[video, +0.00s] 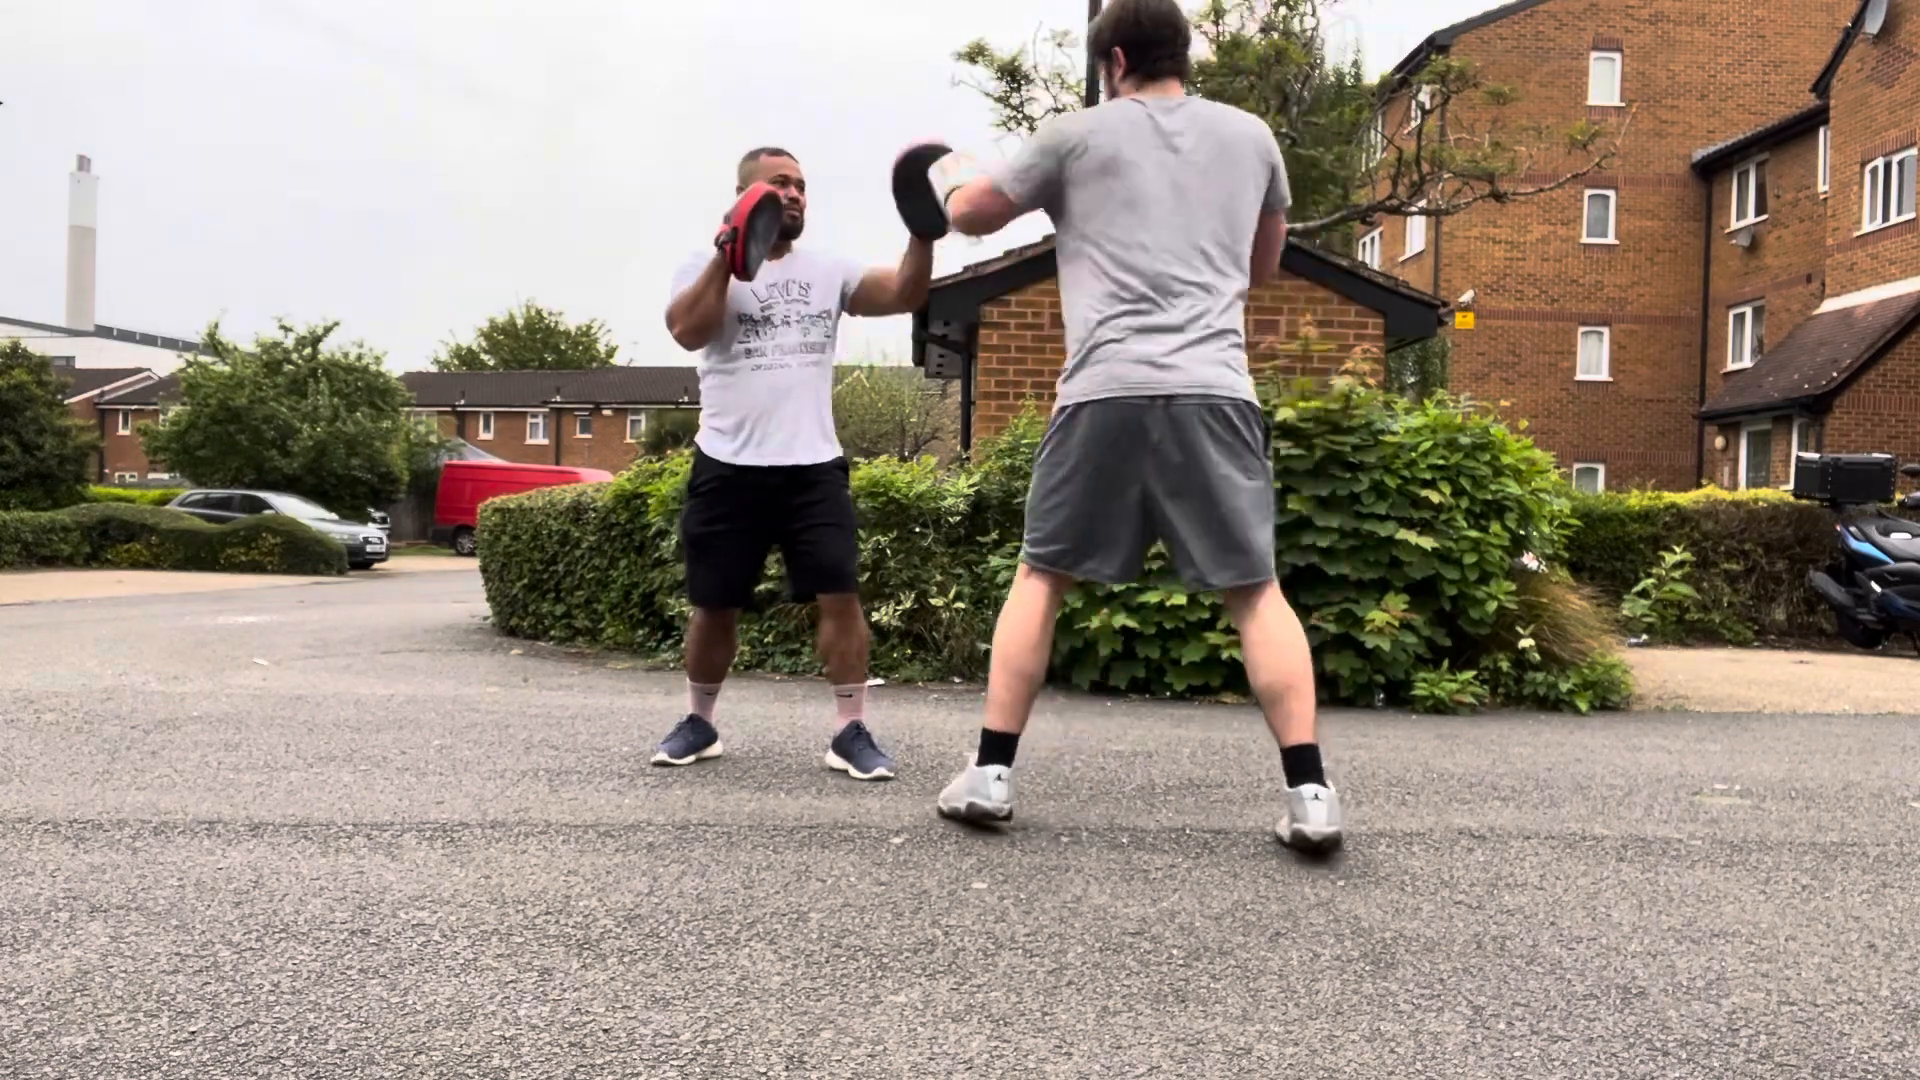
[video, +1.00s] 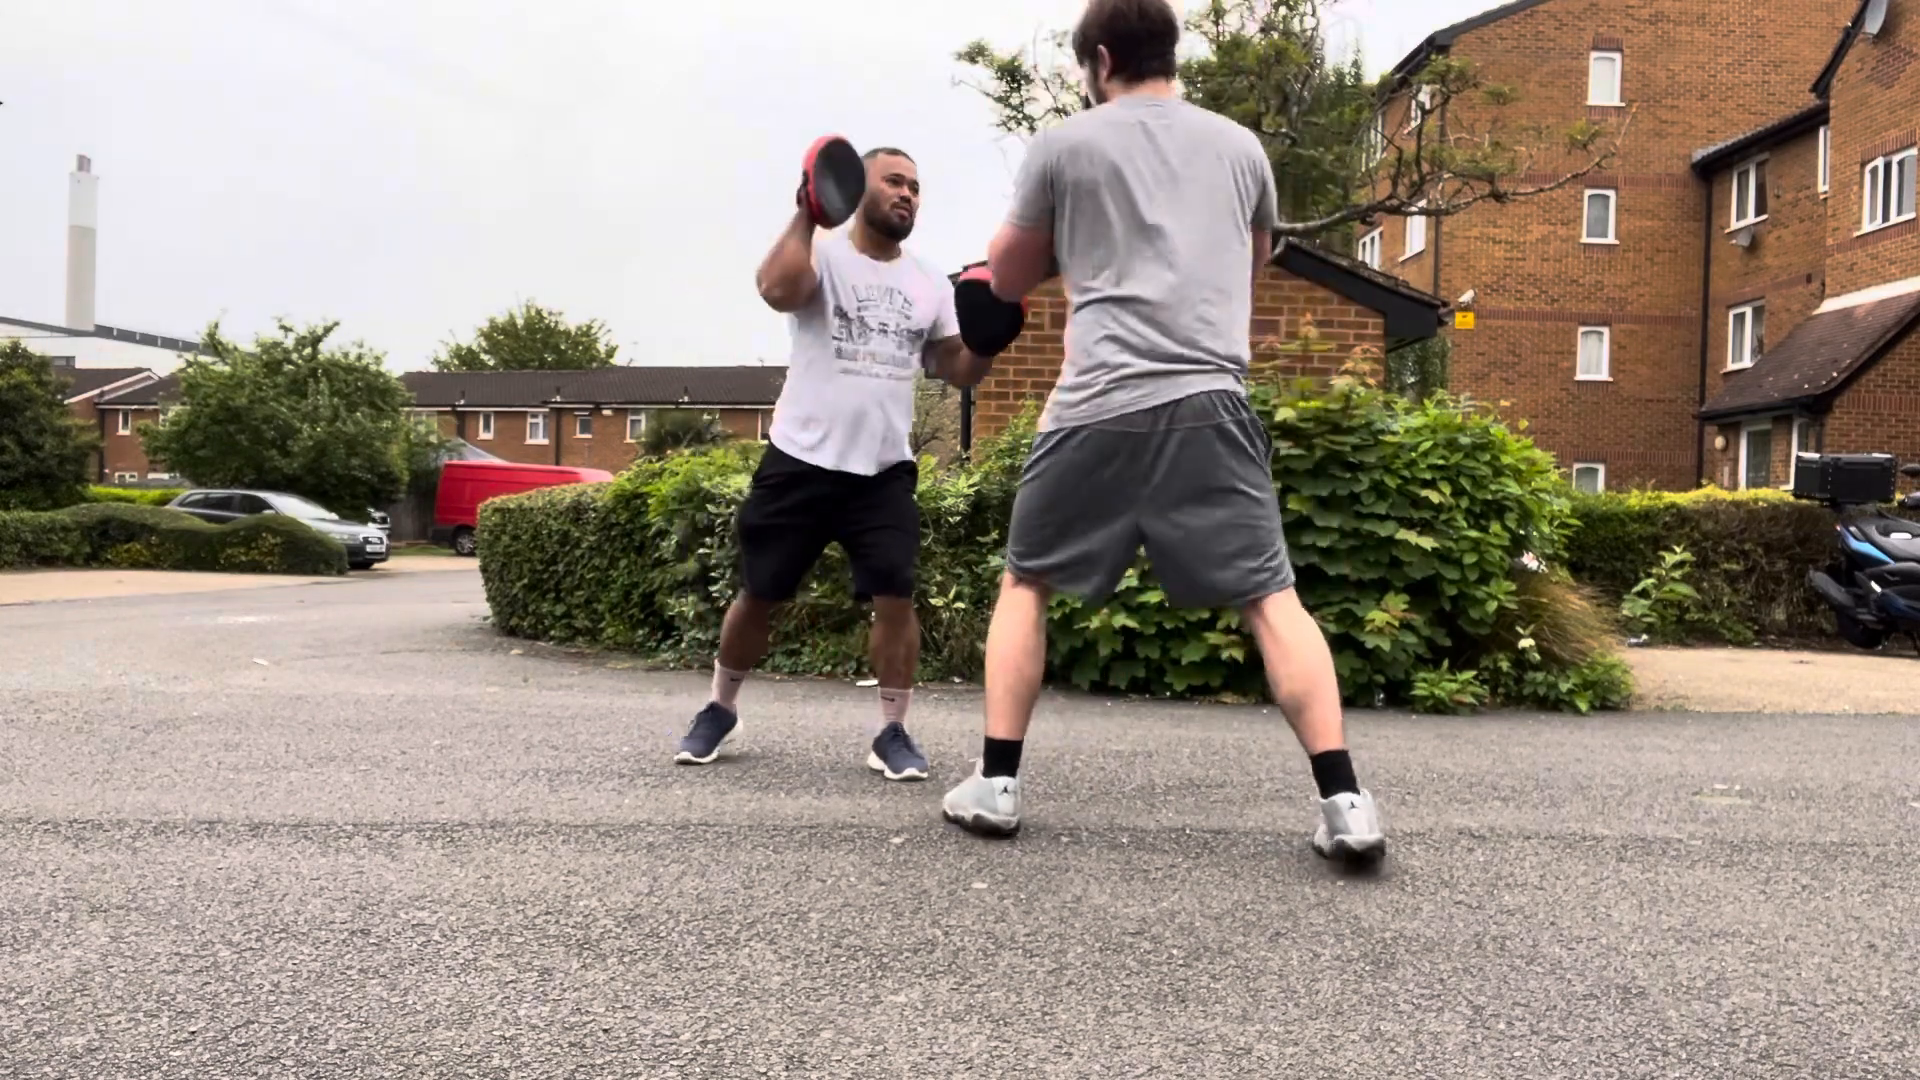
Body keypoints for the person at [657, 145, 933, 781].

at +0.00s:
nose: (792, 193)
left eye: (799, 185)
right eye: (777, 183)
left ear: (807, 200)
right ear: (743, 197)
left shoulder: (827, 268)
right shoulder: (705, 266)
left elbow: (905, 292)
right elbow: (688, 333)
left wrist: (923, 225)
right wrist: (727, 257)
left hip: (813, 464)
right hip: (727, 465)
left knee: (839, 590)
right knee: (712, 601)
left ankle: (851, 728)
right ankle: (699, 721)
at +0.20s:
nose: (800, 196)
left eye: (807, 187)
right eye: (785, 185)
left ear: (813, 202)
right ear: (750, 197)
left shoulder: (826, 275)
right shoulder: (717, 264)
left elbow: (881, 341)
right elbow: (704, 313)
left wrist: (912, 289)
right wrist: (737, 234)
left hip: (819, 461)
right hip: (734, 461)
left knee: (854, 578)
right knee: (716, 601)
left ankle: (860, 722)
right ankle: (699, 721)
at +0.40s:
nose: (816, 203)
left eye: (824, 189)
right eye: (803, 190)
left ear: (832, 203)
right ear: (777, 197)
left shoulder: (840, 287)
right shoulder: (737, 258)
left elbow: (863, 375)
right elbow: (746, 287)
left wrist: (898, 327)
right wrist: (774, 198)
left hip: (826, 464)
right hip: (743, 459)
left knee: (859, 589)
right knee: (722, 602)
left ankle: (888, 726)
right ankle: (699, 720)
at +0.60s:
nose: (849, 191)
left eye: (856, 184)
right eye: (834, 180)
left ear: (864, 202)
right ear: (799, 195)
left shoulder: (891, 265)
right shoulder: (764, 270)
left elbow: (981, 274)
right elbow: (731, 351)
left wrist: (1006, 211)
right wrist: (795, 301)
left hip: (856, 466)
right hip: (768, 464)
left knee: (881, 591)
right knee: (734, 600)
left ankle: (892, 730)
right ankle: (700, 719)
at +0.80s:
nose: (882, 189)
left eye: (889, 181)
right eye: (867, 177)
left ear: (896, 196)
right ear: (830, 190)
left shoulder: (917, 259)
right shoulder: (797, 263)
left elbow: (997, 280)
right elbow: (743, 337)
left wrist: (1037, 230)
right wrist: (794, 282)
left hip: (877, 464)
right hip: (790, 460)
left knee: (893, 596)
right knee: (746, 592)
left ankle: (893, 730)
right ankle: (699, 709)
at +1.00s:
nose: (908, 194)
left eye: (914, 188)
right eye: (896, 181)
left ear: (918, 206)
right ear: (859, 189)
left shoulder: (928, 285)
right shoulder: (821, 255)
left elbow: (961, 372)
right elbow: (777, 288)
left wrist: (992, 328)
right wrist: (807, 211)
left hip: (884, 468)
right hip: (801, 458)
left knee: (895, 593)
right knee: (759, 591)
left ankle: (893, 731)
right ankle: (719, 709)